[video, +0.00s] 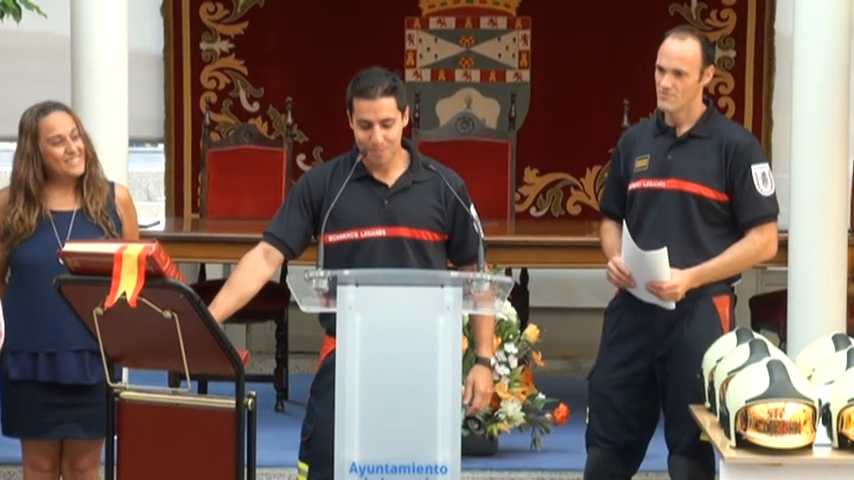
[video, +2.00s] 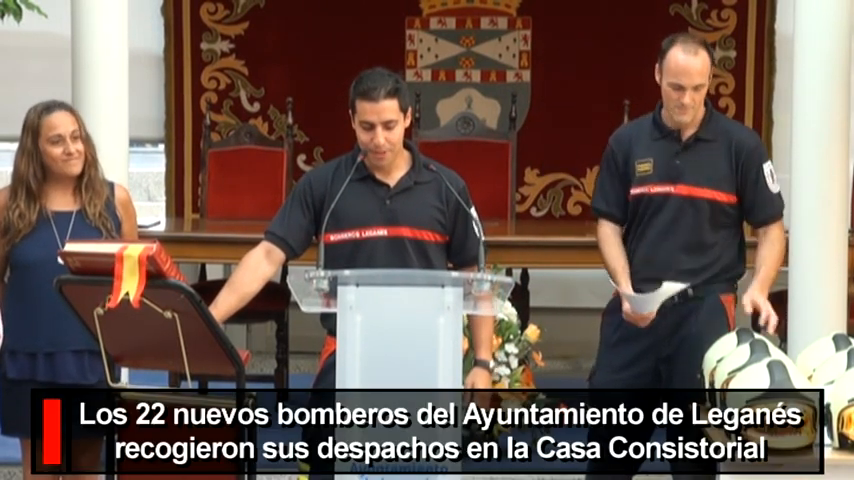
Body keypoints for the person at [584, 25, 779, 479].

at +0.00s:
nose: (664, 82)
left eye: (678, 73)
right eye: (660, 70)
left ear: (706, 77)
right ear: (654, 71)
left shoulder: (737, 146)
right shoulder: (632, 141)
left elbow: (764, 242)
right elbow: (611, 216)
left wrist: (691, 278)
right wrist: (615, 257)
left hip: (698, 319)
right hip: (631, 312)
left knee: (691, 454)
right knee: (607, 449)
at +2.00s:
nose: (687, 99)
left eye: (696, 88)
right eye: (677, 87)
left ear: (709, 83)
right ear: (659, 80)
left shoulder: (741, 145)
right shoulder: (627, 142)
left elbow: (772, 229)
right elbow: (608, 223)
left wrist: (758, 287)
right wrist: (625, 287)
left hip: (706, 315)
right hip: (634, 311)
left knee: (696, 448)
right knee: (609, 442)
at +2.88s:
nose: (639, 125)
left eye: (649, 112)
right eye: (630, 113)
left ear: (675, 101)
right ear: (621, 107)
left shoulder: (722, 150)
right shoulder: (604, 164)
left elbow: (758, 224)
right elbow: (601, 251)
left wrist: (726, 275)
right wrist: (631, 321)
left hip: (698, 312)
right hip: (625, 312)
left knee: (692, 446)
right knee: (601, 438)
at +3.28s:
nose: (612, 98)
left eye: (622, 86)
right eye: (608, 87)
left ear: (657, 82)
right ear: (605, 86)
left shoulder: (705, 145)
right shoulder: (597, 144)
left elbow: (741, 232)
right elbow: (582, 225)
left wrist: (671, 265)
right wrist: (570, 274)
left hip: (673, 324)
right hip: (603, 322)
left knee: (679, 460)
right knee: (572, 457)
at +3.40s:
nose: (596, 90)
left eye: (607, 78)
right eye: (594, 79)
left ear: (642, 77)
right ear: (596, 80)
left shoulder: (688, 142)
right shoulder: (590, 142)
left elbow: (720, 238)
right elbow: (579, 228)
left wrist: (640, 263)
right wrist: (556, 258)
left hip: (661, 314)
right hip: (596, 312)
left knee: (669, 456)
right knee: (560, 450)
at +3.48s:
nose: (585, 85)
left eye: (596, 75)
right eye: (584, 75)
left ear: (631, 74)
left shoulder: (674, 143)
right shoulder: (584, 141)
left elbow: (697, 241)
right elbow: (572, 225)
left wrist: (616, 263)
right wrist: (541, 247)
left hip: (646, 314)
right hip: (584, 313)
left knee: (659, 454)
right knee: (553, 450)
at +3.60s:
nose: (565, 80)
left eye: (576, 71)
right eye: (565, 70)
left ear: (612, 73)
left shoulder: (646, 140)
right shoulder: (570, 140)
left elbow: (660, 242)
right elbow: (563, 218)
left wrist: (576, 264)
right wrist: (527, 240)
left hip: (621, 312)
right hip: (564, 311)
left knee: (639, 451)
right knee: (542, 446)